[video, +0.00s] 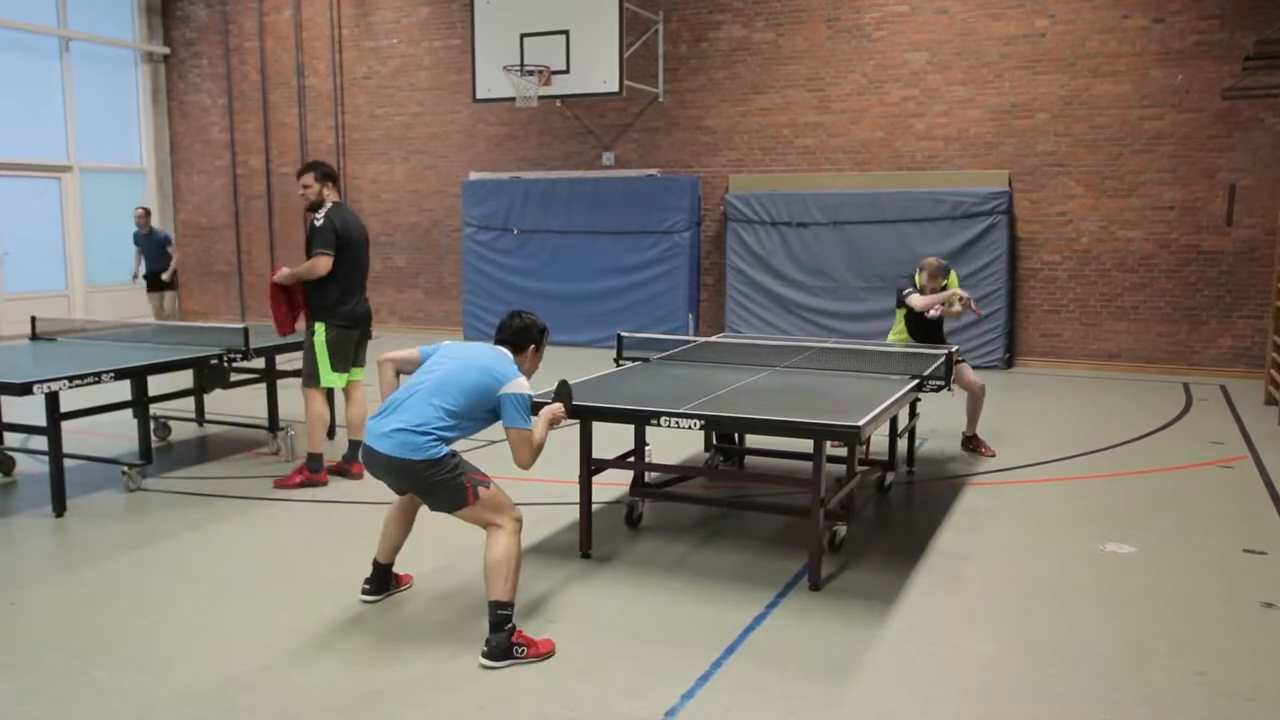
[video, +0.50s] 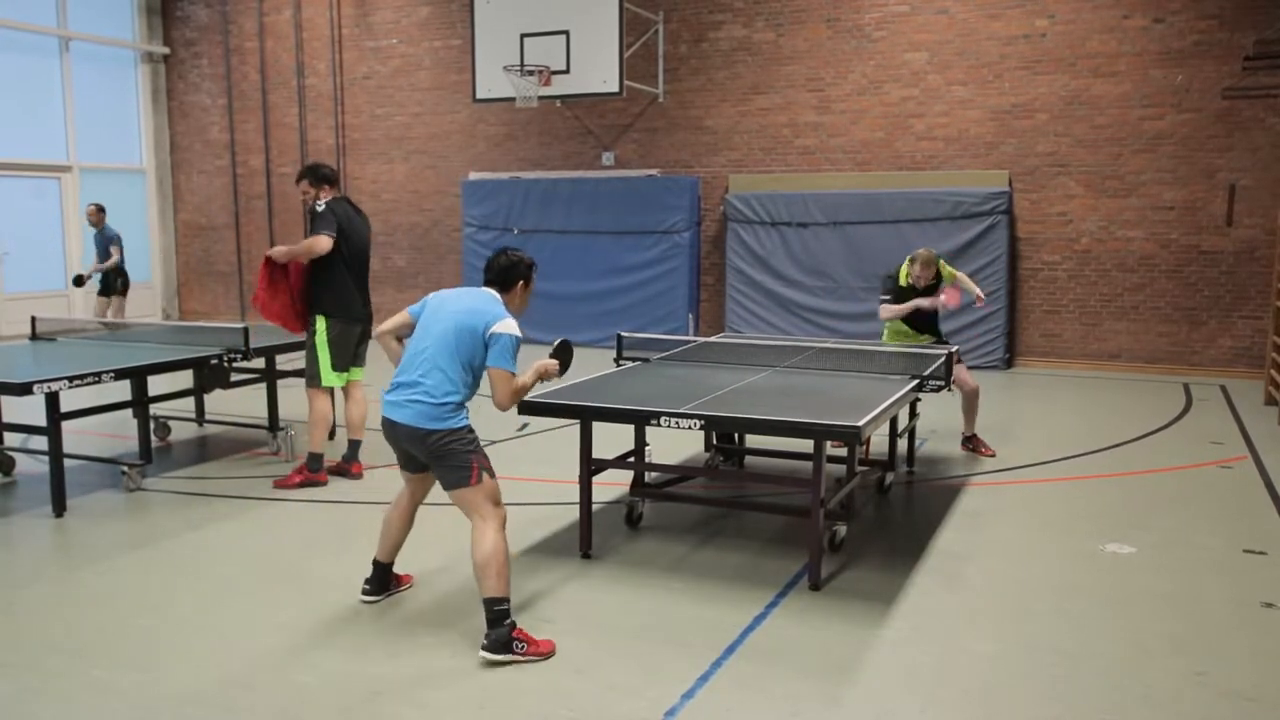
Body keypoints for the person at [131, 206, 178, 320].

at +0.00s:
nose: (137, 221)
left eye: (140, 217)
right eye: (136, 218)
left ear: (148, 218)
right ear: (134, 219)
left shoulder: (162, 236)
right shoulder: (137, 236)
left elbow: (175, 255)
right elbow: (138, 252)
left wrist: (169, 273)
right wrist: (136, 270)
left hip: (166, 271)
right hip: (151, 273)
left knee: (169, 309)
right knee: (156, 310)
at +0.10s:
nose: (130, 220)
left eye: (133, 217)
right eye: (128, 217)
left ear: (141, 218)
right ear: (127, 219)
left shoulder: (154, 236)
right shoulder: (129, 236)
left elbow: (167, 255)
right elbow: (131, 252)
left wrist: (166, 270)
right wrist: (128, 266)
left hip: (158, 271)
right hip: (143, 273)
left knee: (155, 308)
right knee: (153, 310)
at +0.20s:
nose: (121, 223)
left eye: (124, 219)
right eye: (120, 220)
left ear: (133, 221)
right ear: (119, 221)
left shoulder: (146, 239)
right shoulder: (121, 239)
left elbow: (159, 257)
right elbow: (122, 255)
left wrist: (158, 274)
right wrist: (118, 267)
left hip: (149, 274)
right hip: (135, 276)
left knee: (144, 309)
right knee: (148, 310)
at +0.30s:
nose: (112, 223)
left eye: (115, 220)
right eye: (111, 220)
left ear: (124, 222)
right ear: (110, 222)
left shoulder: (136, 241)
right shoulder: (114, 241)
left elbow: (151, 260)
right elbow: (114, 257)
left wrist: (147, 276)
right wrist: (108, 268)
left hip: (139, 278)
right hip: (125, 279)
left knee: (132, 314)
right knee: (140, 316)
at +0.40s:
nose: (101, 222)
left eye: (104, 218)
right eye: (100, 218)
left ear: (114, 219)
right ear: (99, 220)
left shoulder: (125, 240)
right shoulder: (105, 238)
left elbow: (135, 259)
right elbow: (106, 258)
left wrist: (128, 272)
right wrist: (97, 271)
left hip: (128, 278)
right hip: (115, 279)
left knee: (121, 316)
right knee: (117, 317)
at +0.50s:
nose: (88, 219)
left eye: (91, 215)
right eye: (87, 215)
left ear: (102, 216)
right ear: (87, 216)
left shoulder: (112, 235)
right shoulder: (97, 236)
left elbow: (116, 258)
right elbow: (99, 260)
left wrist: (103, 266)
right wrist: (88, 275)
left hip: (118, 274)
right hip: (106, 275)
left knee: (117, 316)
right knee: (99, 315)